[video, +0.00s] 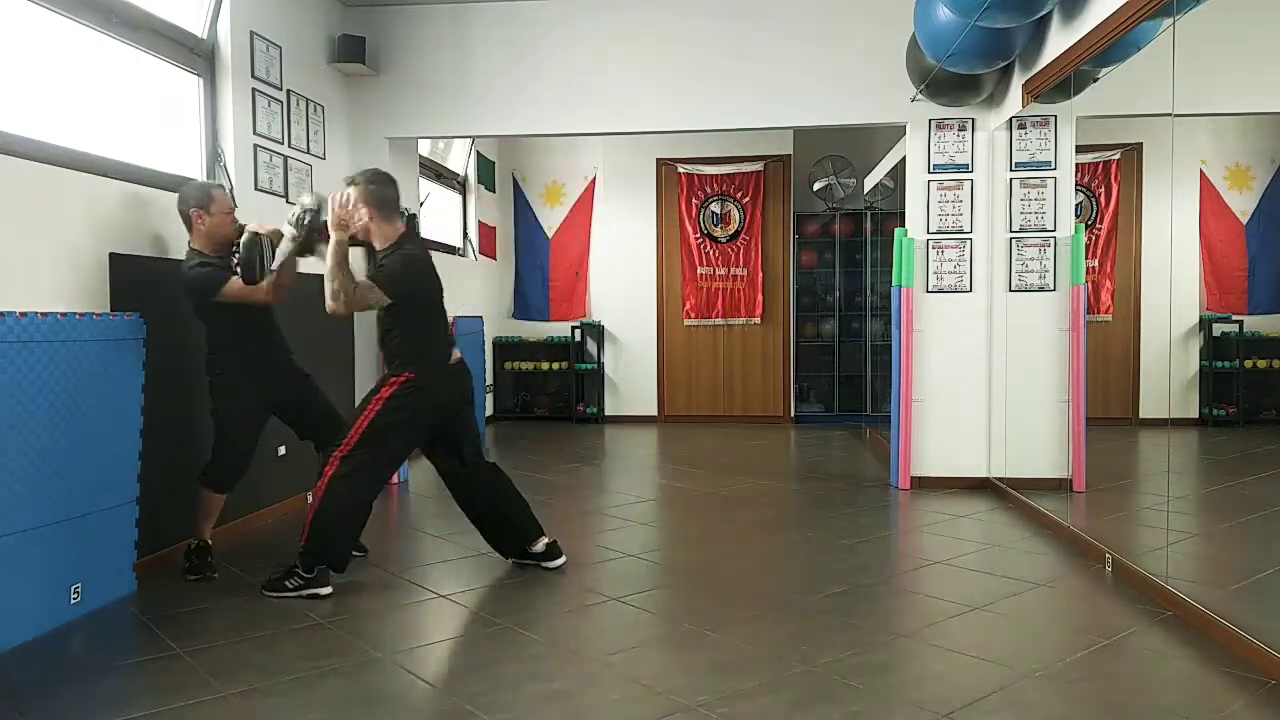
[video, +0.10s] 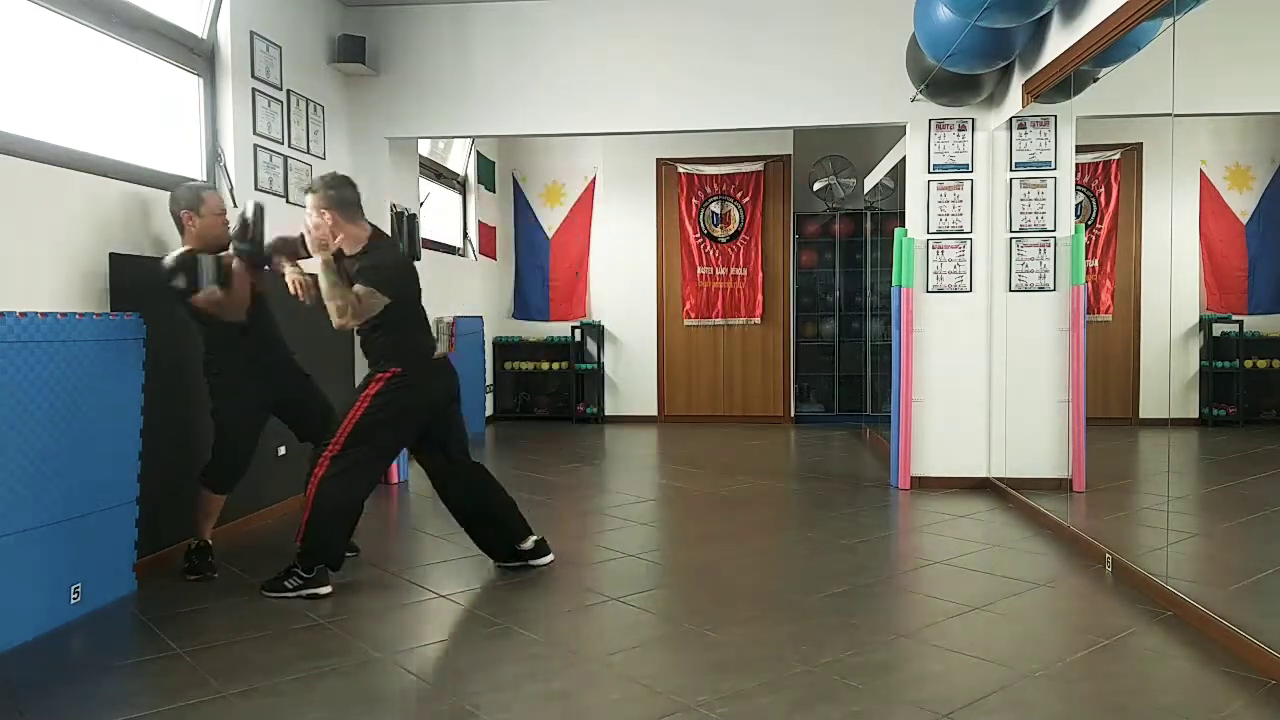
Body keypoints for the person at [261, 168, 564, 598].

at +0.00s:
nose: (348, 217)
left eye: (351, 209)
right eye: (348, 209)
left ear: (367, 213)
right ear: (390, 208)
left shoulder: (400, 263)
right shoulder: (408, 253)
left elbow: (338, 302)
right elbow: (358, 292)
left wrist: (338, 240)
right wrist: (339, 242)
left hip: (412, 384)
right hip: (446, 378)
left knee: (346, 467)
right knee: (467, 467)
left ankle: (313, 569)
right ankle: (534, 545)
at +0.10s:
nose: (307, 224)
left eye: (310, 216)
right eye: (307, 216)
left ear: (332, 219)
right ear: (344, 215)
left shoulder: (384, 261)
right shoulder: (349, 249)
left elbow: (345, 317)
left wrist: (323, 258)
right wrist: (291, 268)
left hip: (401, 378)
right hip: (429, 374)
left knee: (336, 467)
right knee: (453, 467)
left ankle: (312, 569)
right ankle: (520, 544)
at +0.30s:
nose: (306, 204)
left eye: (307, 195)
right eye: (305, 196)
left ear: (323, 194)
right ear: (346, 189)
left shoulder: (356, 242)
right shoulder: (378, 220)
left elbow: (290, 290)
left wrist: (284, 236)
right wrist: (304, 223)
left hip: (380, 371)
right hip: (418, 363)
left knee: (321, 465)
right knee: (428, 459)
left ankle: (311, 567)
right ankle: (496, 533)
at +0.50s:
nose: (343, 204)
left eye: (342, 195)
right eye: (340, 196)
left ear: (358, 190)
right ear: (382, 186)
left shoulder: (374, 244)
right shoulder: (419, 222)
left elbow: (305, 283)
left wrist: (305, 228)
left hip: (391, 374)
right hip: (434, 368)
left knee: (331, 467)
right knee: (421, 463)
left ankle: (308, 568)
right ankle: (478, 540)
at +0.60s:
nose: (379, 208)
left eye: (378, 198)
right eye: (376, 200)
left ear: (394, 192)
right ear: (417, 190)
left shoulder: (407, 246)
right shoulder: (456, 232)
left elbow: (340, 285)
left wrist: (341, 237)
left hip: (407, 378)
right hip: (452, 375)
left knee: (346, 469)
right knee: (422, 465)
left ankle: (308, 569)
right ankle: (469, 552)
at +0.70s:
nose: (414, 205)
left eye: (414, 195)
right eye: (412, 197)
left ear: (430, 191)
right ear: (459, 190)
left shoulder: (442, 241)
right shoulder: (490, 234)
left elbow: (368, 275)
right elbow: (441, 271)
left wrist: (374, 232)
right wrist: (406, 238)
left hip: (440, 371)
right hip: (479, 371)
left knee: (374, 461)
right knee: (443, 463)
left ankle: (326, 566)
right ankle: (473, 558)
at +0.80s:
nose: (444, 192)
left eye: (444, 184)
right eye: (442, 185)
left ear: (456, 180)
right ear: (486, 179)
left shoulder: (468, 227)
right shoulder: (516, 225)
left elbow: (390, 261)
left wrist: (392, 229)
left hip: (470, 360)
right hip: (506, 361)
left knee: (408, 457)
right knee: (468, 458)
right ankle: (474, 559)